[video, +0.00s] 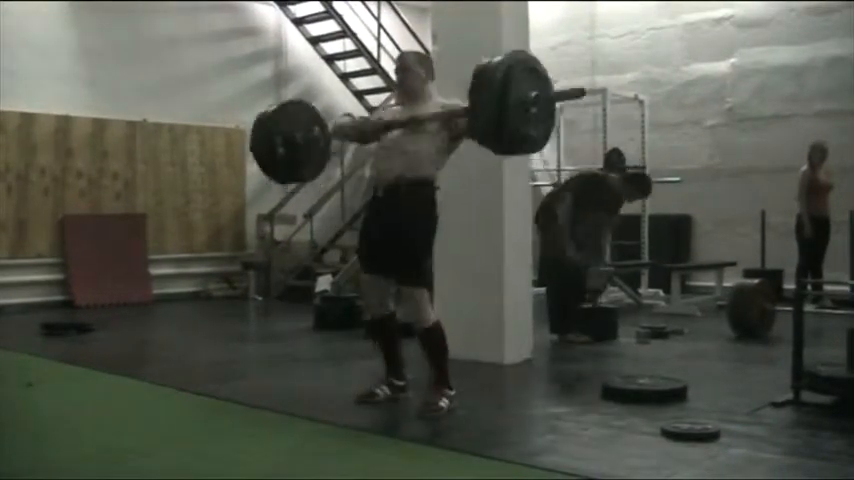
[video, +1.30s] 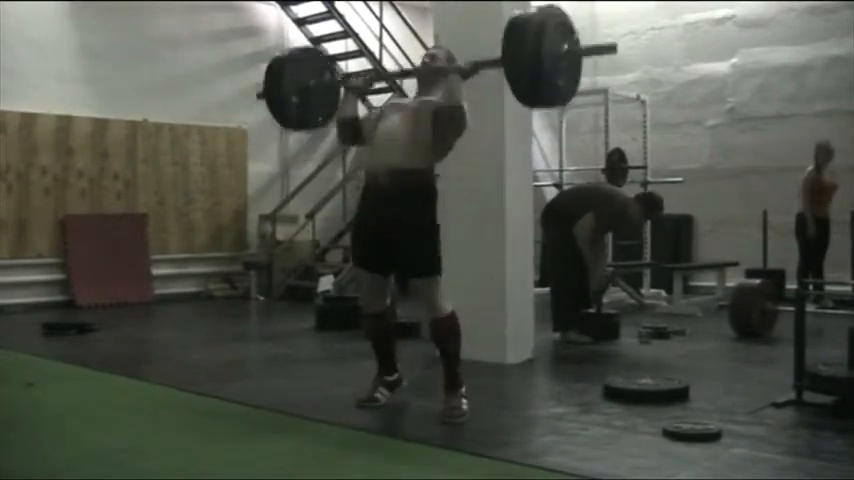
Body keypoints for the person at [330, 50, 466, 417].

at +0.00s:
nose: (399, 76)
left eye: (407, 70)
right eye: (397, 71)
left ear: (428, 75)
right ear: (396, 78)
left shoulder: (445, 113)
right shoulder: (386, 112)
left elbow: (481, 120)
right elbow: (340, 130)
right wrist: (377, 129)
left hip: (416, 201)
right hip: (380, 201)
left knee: (415, 299)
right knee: (374, 294)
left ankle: (442, 387)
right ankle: (395, 380)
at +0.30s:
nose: (402, 97)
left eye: (409, 89)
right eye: (398, 91)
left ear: (427, 90)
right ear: (396, 94)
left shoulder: (447, 121)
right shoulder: (391, 135)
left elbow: (489, 123)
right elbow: (362, 173)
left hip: (422, 212)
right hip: (387, 211)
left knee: (410, 309)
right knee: (361, 301)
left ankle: (444, 389)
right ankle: (395, 380)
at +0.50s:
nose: (398, 86)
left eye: (406, 80)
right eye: (397, 81)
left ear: (426, 84)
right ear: (397, 87)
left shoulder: (448, 118)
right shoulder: (387, 131)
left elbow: (489, 126)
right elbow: (350, 168)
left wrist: (457, 149)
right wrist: (365, 161)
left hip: (425, 210)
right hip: (387, 211)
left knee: (412, 307)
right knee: (361, 298)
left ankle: (443, 391)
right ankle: (393, 380)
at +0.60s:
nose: (408, 61)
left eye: (416, 55)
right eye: (405, 55)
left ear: (434, 62)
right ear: (402, 63)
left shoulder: (454, 97)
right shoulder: (392, 106)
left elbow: (493, 110)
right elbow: (347, 134)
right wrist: (361, 127)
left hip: (429, 195)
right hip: (389, 196)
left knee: (428, 292)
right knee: (372, 286)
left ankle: (446, 387)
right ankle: (384, 373)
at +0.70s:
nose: (409, 61)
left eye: (416, 55)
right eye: (405, 55)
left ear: (434, 61)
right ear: (401, 62)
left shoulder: (452, 94)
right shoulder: (394, 103)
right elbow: (371, 133)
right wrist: (360, 119)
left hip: (428, 188)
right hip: (390, 189)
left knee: (430, 286)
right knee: (373, 281)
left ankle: (453, 386)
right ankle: (384, 371)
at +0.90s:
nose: (407, 74)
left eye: (416, 70)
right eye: (405, 69)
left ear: (435, 82)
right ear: (400, 82)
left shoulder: (441, 123)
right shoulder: (386, 131)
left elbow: (454, 167)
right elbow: (358, 176)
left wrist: (449, 124)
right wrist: (348, 135)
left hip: (425, 211)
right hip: (388, 214)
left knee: (422, 308)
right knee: (368, 304)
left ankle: (453, 392)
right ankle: (394, 385)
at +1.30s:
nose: (428, 60)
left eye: (438, 58)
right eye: (426, 56)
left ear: (448, 74)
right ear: (417, 68)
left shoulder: (442, 110)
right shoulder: (392, 106)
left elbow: (451, 128)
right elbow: (350, 135)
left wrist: (452, 79)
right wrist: (351, 94)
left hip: (417, 204)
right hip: (375, 203)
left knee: (430, 297)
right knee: (372, 294)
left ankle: (453, 389)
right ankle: (388, 377)